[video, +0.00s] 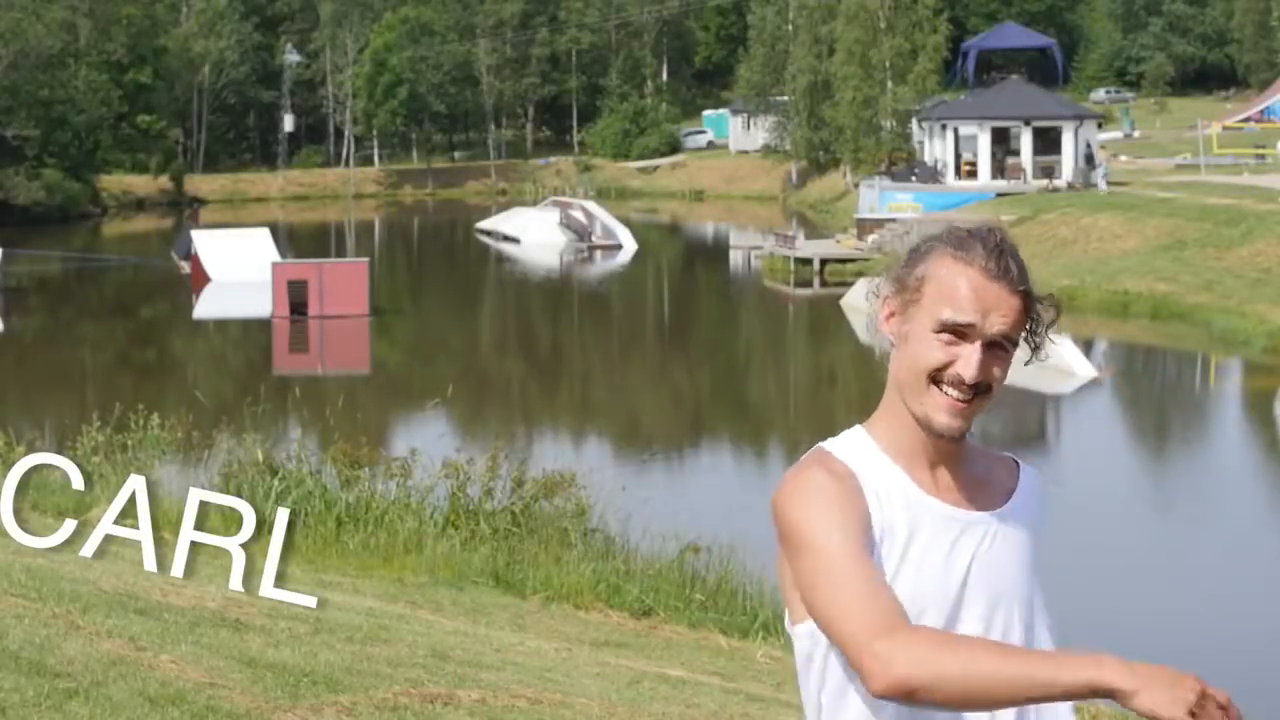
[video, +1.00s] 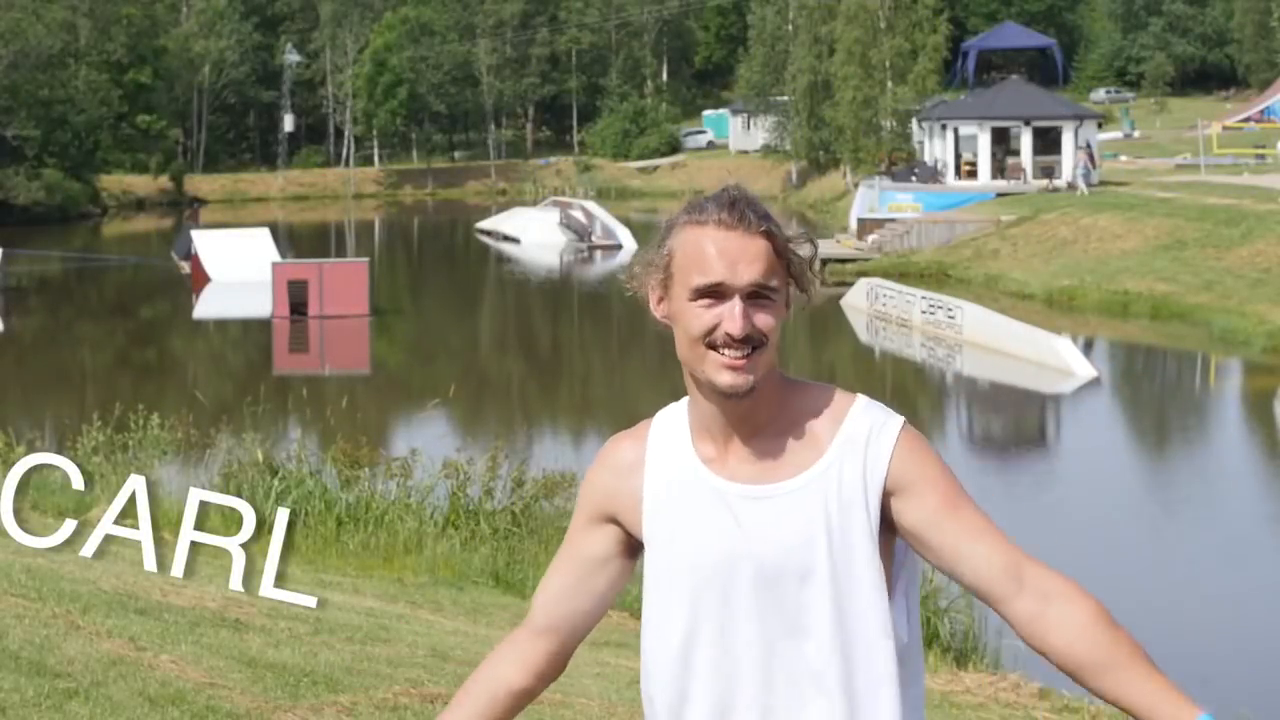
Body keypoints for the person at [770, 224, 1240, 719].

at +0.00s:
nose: (974, 368)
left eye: (999, 346)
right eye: (952, 333)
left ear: (1017, 352)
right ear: (893, 319)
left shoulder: (1021, 487)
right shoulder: (820, 489)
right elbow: (890, 663)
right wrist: (1118, 676)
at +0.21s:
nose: (979, 360)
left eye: (1002, 332)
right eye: (954, 325)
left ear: (1019, 339)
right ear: (891, 317)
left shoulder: (1033, 488)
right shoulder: (825, 480)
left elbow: (1026, 662)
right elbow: (869, 686)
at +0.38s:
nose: (1011, 343)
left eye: (1015, 316)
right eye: (978, 318)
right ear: (892, 331)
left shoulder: (1050, 481)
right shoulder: (817, 487)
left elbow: (1106, 643)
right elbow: (779, 703)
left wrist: (1191, 712)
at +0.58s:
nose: (979, 332)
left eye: (981, 309)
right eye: (955, 307)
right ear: (862, 314)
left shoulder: (1024, 459)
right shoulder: (750, 483)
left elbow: (1194, 528)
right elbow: (644, 658)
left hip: (994, 711)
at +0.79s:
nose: (857, 319)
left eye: (865, 293)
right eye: (828, 295)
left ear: (873, 299)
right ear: (737, 302)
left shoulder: (939, 434)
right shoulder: (676, 472)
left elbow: (1131, 498)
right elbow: (571, 615)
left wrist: (1278, 519)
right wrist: (408, 641)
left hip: (917, 713)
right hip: (745, 715)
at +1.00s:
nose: (737, 321)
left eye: (760, 295)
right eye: (709, 295)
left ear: (788, 303)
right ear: (662, 305)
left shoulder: (874, 443)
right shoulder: (627, 470)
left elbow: (1026, 592)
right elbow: (532, 645)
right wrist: (445, 719)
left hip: (859, 715)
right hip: (697, 715)